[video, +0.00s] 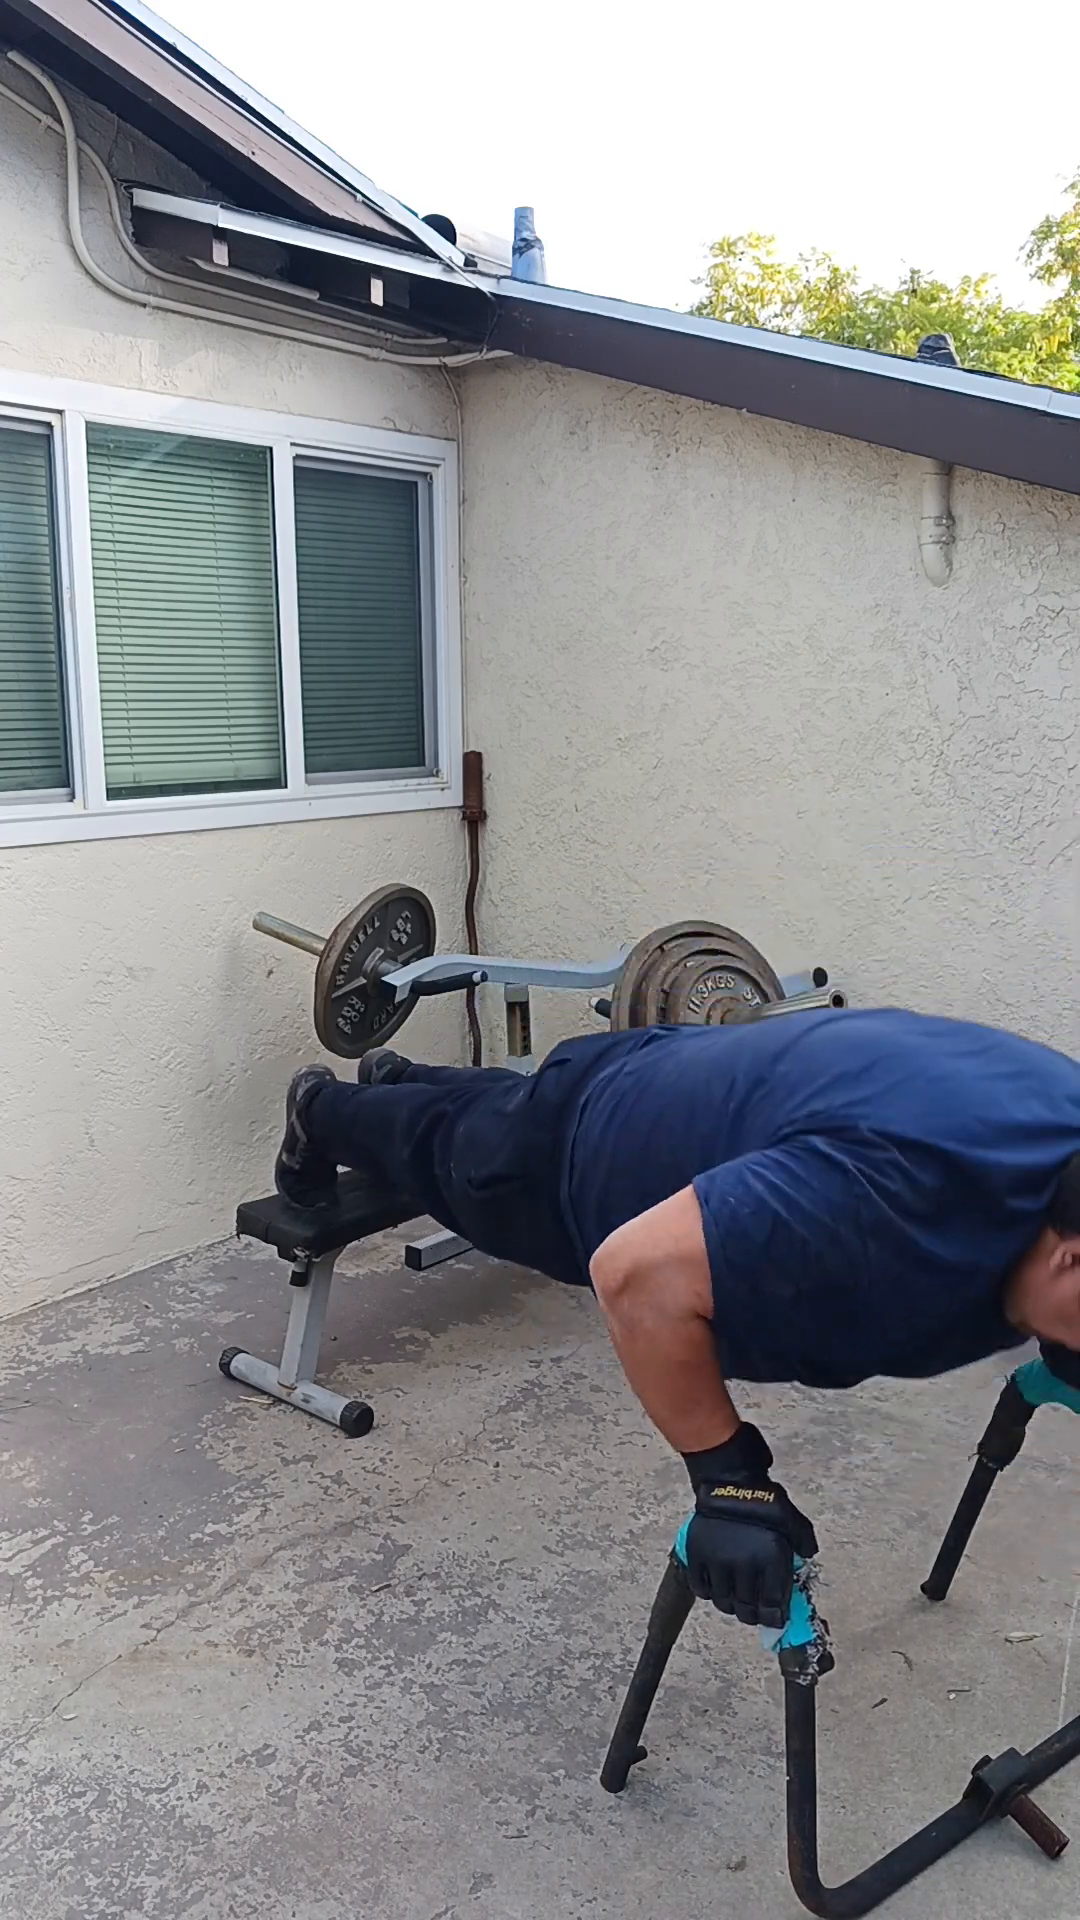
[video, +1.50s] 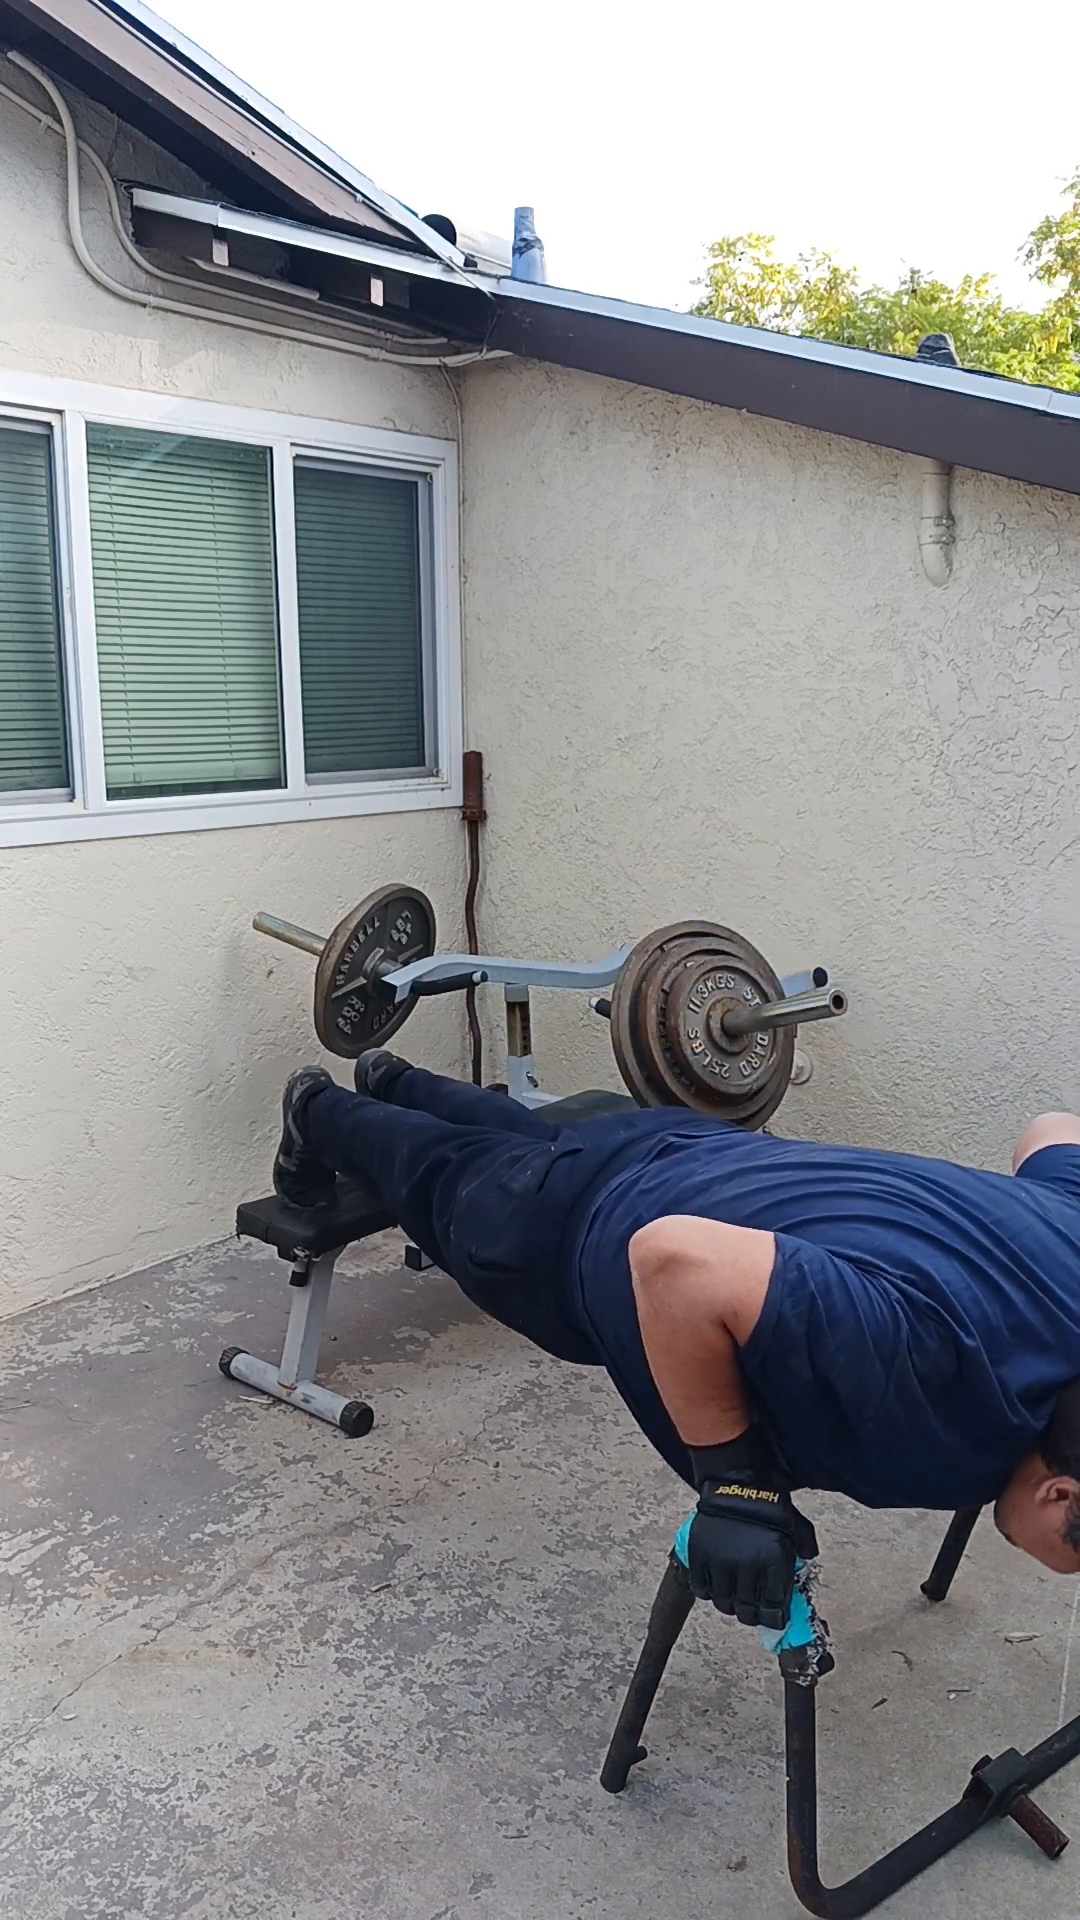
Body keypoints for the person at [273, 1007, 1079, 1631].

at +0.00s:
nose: (1058, 1351)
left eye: (1067, 1349)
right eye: (1073, 1337)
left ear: (1071, 1246)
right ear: (1066, 1261)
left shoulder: (1070, 1128)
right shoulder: (895, 1201)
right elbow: (637, 1279)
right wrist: (731, 1480)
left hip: (719, 1059)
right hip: (602, 1136)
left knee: (531, 1102)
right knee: (452, 1132)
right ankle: (323, 1112)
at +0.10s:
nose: (1060, 1237)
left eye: (1072, 1222)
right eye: (1074, 1216)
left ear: (1063, 1152)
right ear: (1057, 1158)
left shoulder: (1064, 1069)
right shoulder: (855, 1128)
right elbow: (644, 1269)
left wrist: (1057, 1312)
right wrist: (730, 1476)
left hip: (738, 1016)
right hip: (609, 1089)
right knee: (450, 1123)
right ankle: (323, 1113)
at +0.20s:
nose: (1055, 1151)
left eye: (1072, 1142)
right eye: (1062, 1125)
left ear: (1056, 1050)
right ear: (1041, 1055)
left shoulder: (1044, 990)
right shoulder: (839, 1060)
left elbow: (1055, 1162)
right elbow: (673, 1251)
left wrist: (1059, 1315)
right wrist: (733, 1480)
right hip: (595, 1070)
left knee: (505, 1108)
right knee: (440, 1110)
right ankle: (318, 1107)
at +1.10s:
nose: (1056, 1274)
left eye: (1069, 1263)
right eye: (1067, 1249)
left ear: (1064, 1170)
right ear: (1052, 1180)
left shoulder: (1060, 1060)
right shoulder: (852, 1141)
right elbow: (645, 1267)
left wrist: (1056, 1306)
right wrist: (733, 1480)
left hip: (721, 1009)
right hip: (604, 1088)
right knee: (439, 1117)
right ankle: (319, 1107)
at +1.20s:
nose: (1052, 1362)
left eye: (1064, 1358)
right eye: (1066, 1349)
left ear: (1065, 1275)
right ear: (1057, 1281)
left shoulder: (1073, 1115)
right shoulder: (887, 1224)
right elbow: (644, 1274)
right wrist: (731, 1480)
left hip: (713, 1056)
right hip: (598, 1133)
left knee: (511, 1102)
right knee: (443, 1125)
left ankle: (380, 1106)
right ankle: (319, 1107)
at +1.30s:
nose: (1049, 1437)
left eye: (1065, 1430)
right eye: (1066, 1424)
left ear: (1069, 1354)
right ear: (1060, 1367)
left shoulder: (1079, 1174)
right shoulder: (890, 1279)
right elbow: (648, 1274)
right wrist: (732, 1479)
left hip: (703, 1091)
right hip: (596, 1171)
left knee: (527, 1116)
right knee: (441, 1152)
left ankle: (392, 1083)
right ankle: (319, 1104)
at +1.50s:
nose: (1046, 1555)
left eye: (1063, 1554)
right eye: (1064, 1543)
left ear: (1067, 1486)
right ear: (1057, 1487)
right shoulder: (917, 1367)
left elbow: (1058, 1129)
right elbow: (675, 1268)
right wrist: (733, 1488)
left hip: (710, 1141)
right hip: (601, 1216)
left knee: (534, 1131)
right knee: (446, 1180)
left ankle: (392, 1082)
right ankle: (322, 1110)